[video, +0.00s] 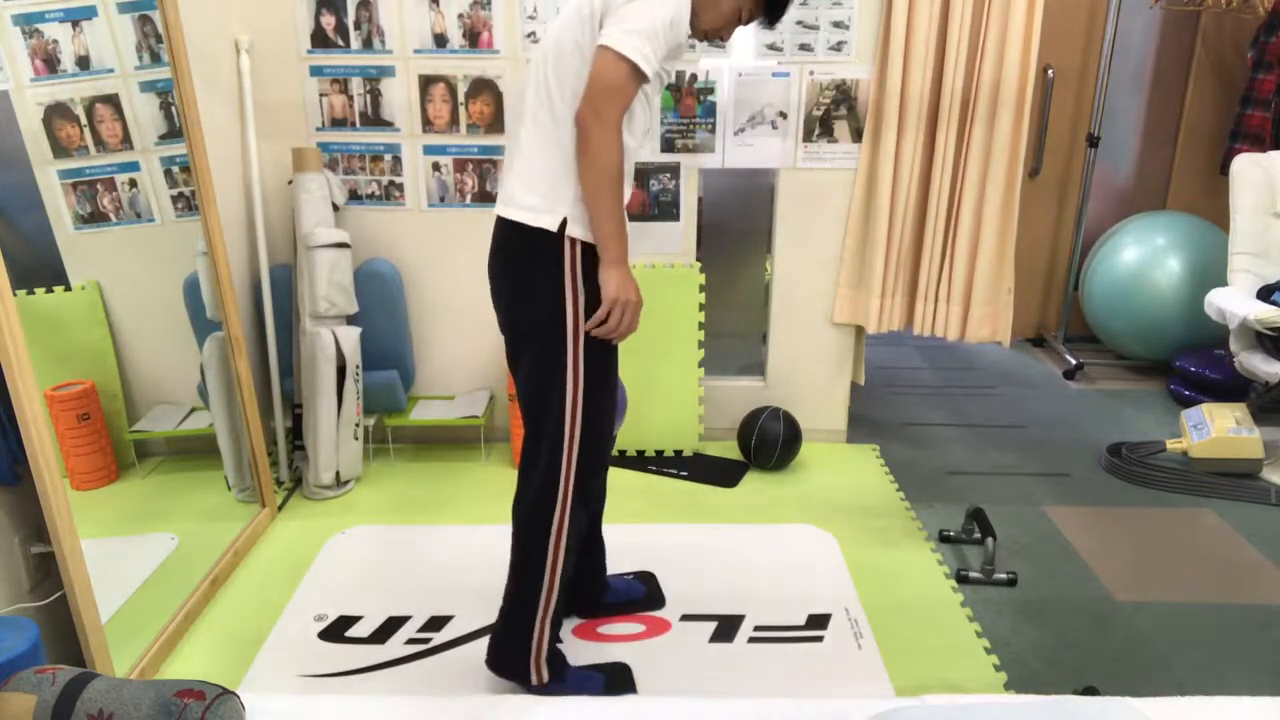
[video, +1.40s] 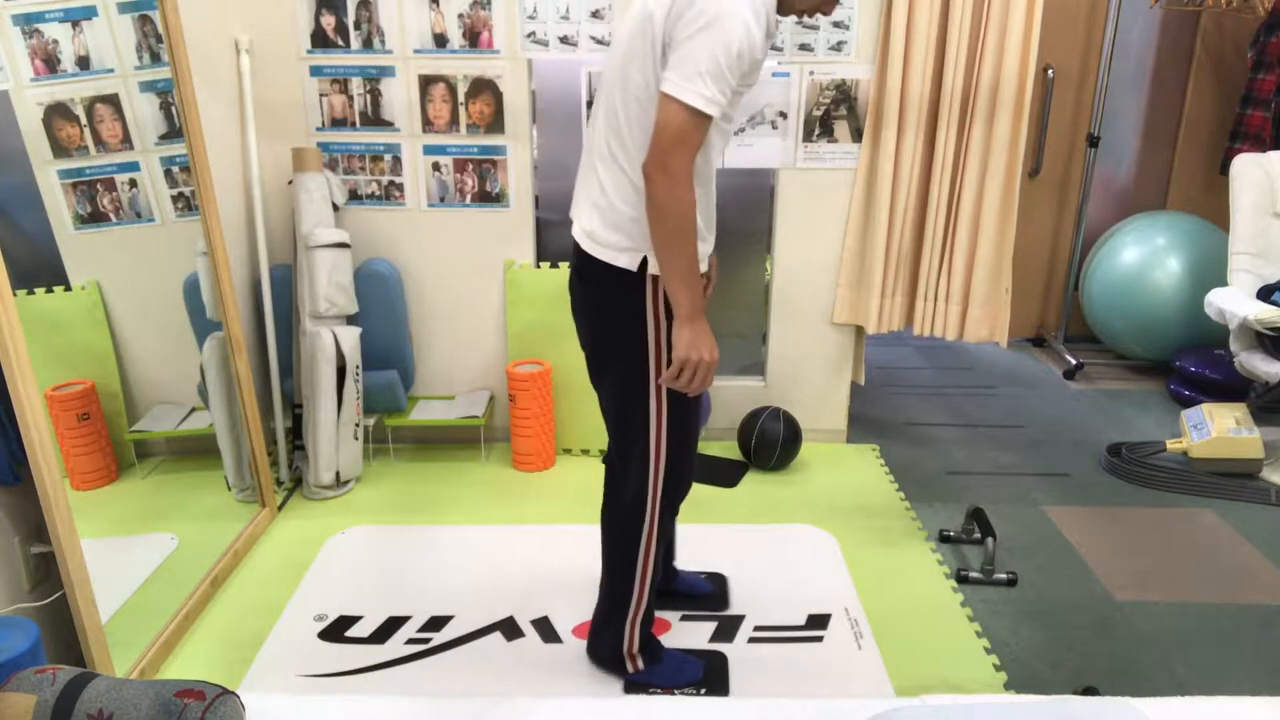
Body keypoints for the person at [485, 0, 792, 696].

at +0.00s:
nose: (726, 35)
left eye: (740, 27)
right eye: (742, 19)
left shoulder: (621, 13)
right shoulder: (657, 7)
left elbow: (577, 122)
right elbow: (595, 115)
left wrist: (601, 254)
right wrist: (615, 262)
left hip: (559, 239)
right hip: (551, 241)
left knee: (590, 423)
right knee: (566, 442)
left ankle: (580, 586)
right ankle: (523, 653)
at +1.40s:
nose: (830, 8)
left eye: (836, 3)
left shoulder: (725, 11)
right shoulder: (729, 18)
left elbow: (677, 150)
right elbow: (665, 165)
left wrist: (696, 250)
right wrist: (689, 314)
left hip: (647, 261)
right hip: (633, 269)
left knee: (669, 439)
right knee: (647, 455)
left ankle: (651, 573)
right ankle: (624, 646)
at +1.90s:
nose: (847, 10)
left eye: (854, 5)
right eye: (853, 1)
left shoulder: (771, 18)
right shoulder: (757, 8)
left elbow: (707, 133)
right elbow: (685, 119)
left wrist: (726, 244)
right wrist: (695, 266)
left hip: (677, 240)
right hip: (653, 240)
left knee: (691, 415)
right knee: (663, 432)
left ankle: (657, 576)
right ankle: (631, 638)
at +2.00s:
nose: (861, 12)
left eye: (868, 7)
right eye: (867, 2)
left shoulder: (781, 18)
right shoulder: (774, 10)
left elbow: (714, 131)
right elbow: (701, 117)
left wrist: (730, 243)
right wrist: (708, 266)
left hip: (680, 240)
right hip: (658, 240)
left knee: (699, 412)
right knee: (669, 433)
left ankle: (657, 575)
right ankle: (642, 643)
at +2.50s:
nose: (917, 36)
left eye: (932, 26)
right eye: (933, 20)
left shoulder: (796, 6)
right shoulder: (845, 16)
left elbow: (745, 132)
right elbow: (787, 156)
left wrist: (767, 249)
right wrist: (809, 289)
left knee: (692, 427)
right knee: (733, 455)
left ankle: (656, 568)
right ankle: (713, 647)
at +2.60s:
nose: (939, 61)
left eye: (953, 52)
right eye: (951, 46)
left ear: (922, 0)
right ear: (933, 6)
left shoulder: (825, 9)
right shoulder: (871, 33)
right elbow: (815, 187)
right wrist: (819, 314)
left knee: (699, 425)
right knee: (736, 455)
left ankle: (666, 562)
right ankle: (714, 647)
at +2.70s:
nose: (948, 102)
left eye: (962, 96)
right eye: (962, 87)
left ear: (943, 30)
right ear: (951, 43)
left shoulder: (862, 22)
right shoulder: (892, 70)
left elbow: (717, 88)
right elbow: (837, 231)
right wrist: (816, 339)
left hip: (675, 230)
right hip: (698, 251)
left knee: (713, 430)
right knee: (738, 452)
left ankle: (698, 565)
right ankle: (711, 648)